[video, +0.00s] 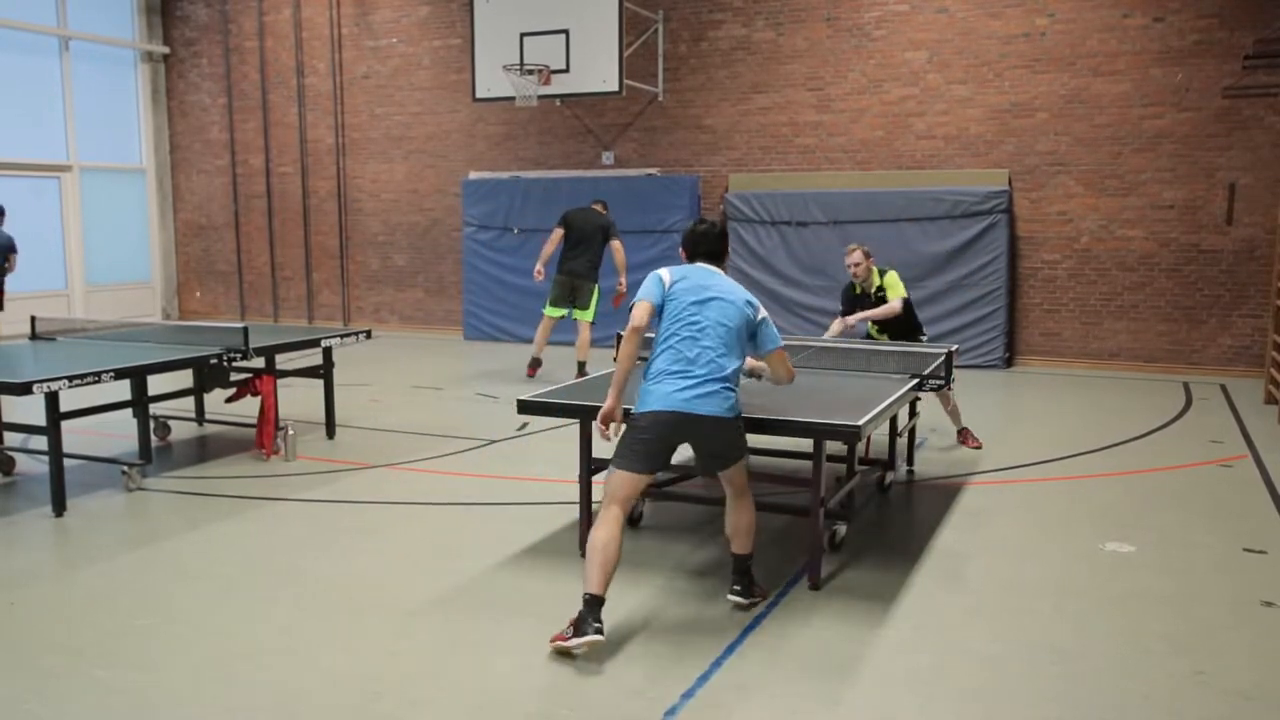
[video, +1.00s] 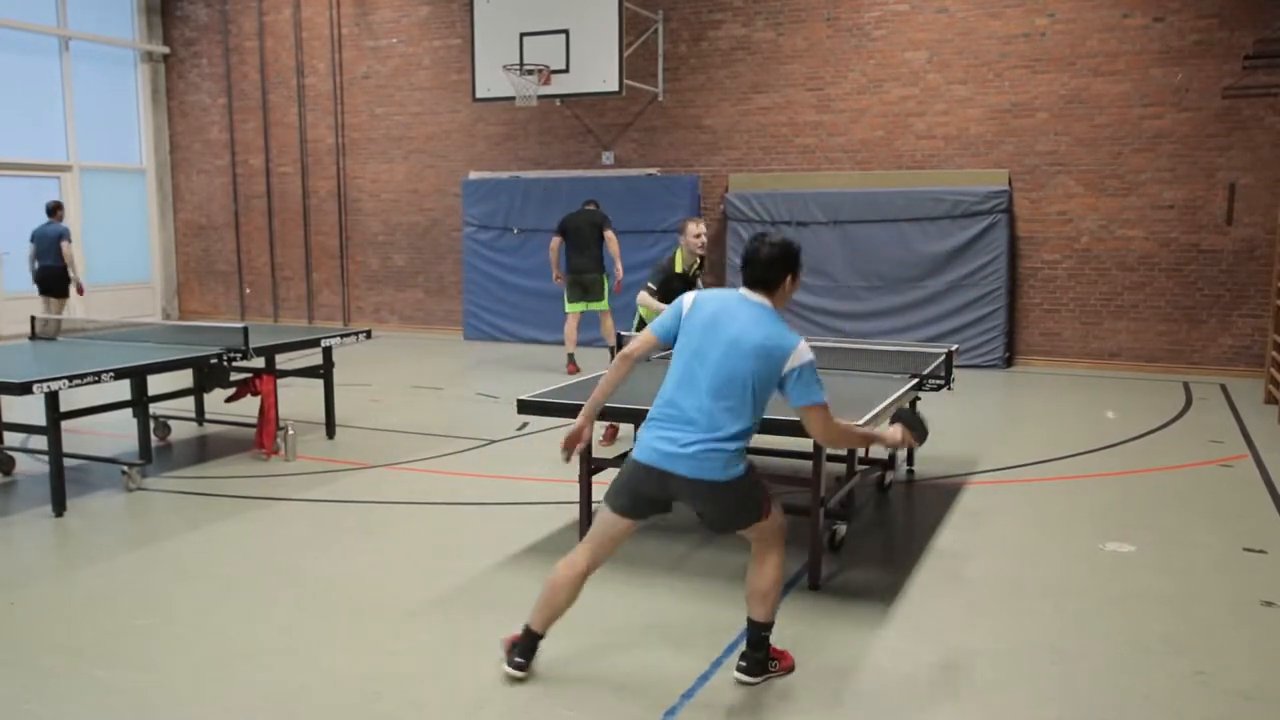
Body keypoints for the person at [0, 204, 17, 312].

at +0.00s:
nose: (3, 219)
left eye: (2, 216)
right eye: (3, 216)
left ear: (2, 218)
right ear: (3, 218)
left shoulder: (7, 239)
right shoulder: (7, 239)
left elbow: (11, 266)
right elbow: (12, 266)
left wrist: (4, 271)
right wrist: (3, 271)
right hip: (1, 279)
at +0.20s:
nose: (5, 222)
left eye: (4, 219)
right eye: (4, 220)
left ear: (3, 221)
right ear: (4, 221)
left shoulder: (11, 240)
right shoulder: (11, 240)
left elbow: (21, 266)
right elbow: (21, 266)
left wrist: (10, 276)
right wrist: (10, 276)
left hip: (4, 282)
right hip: (3, 283)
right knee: (1, 314)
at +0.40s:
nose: (12, 219)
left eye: (10, 217)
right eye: (11, 217)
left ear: (1, 219)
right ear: (8, 218)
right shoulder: (17, 237)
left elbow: (28, 261)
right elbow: (29, 261)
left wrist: (27, 273)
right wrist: (27, 273)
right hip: (10, 281)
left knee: (5, 324)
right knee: (10, 326)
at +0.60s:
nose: (25, 216)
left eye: (24, 213)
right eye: (24, 214)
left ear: (9, 216)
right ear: (21, 215)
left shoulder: (2, 232)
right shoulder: (28, 234)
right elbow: (38, 258)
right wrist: (48, 282)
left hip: (3, 279)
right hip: (21, 279)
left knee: (2, 319)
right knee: (35, 312)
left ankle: (2, 345)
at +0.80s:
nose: (45, 219)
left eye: (44, 217)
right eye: (44, 217)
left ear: (29, 220)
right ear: (40, 218)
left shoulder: (18, 237)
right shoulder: (46, 237)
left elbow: (14, 260)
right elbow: (50, 261)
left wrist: (25, 268)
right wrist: (60, 285)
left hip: (22, 277)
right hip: (41, 278)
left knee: (17, 319)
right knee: (50, 318)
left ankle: (5, 343)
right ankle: (51, 350)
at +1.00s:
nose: (63, 214)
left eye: (62, 211)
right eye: (62, 211)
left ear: (48, 213)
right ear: (57, 212)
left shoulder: (37, 231)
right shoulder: (62, 230)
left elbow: (32, 255)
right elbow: (66, 254)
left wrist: (33, 273)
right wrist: (76, 277)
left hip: (42, 270)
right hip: (59, 270)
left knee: (46, 308)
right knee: (56, 310)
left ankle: (43, 338)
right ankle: (51, 339)